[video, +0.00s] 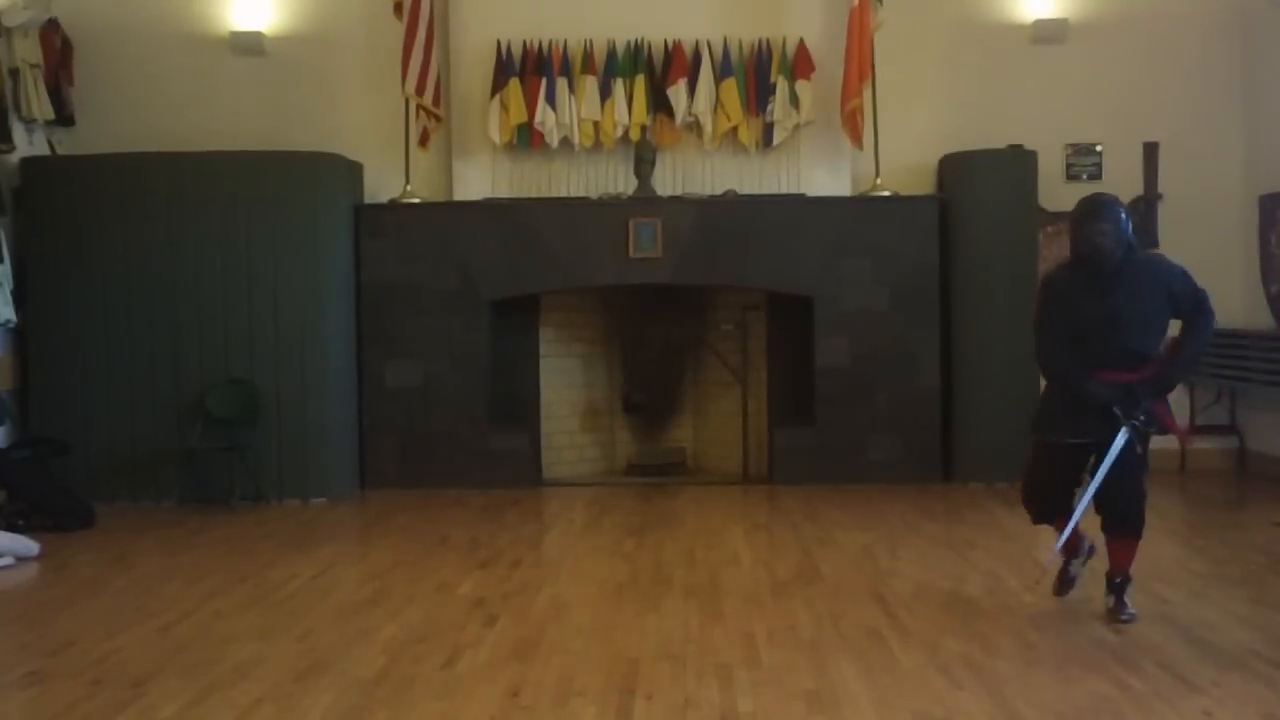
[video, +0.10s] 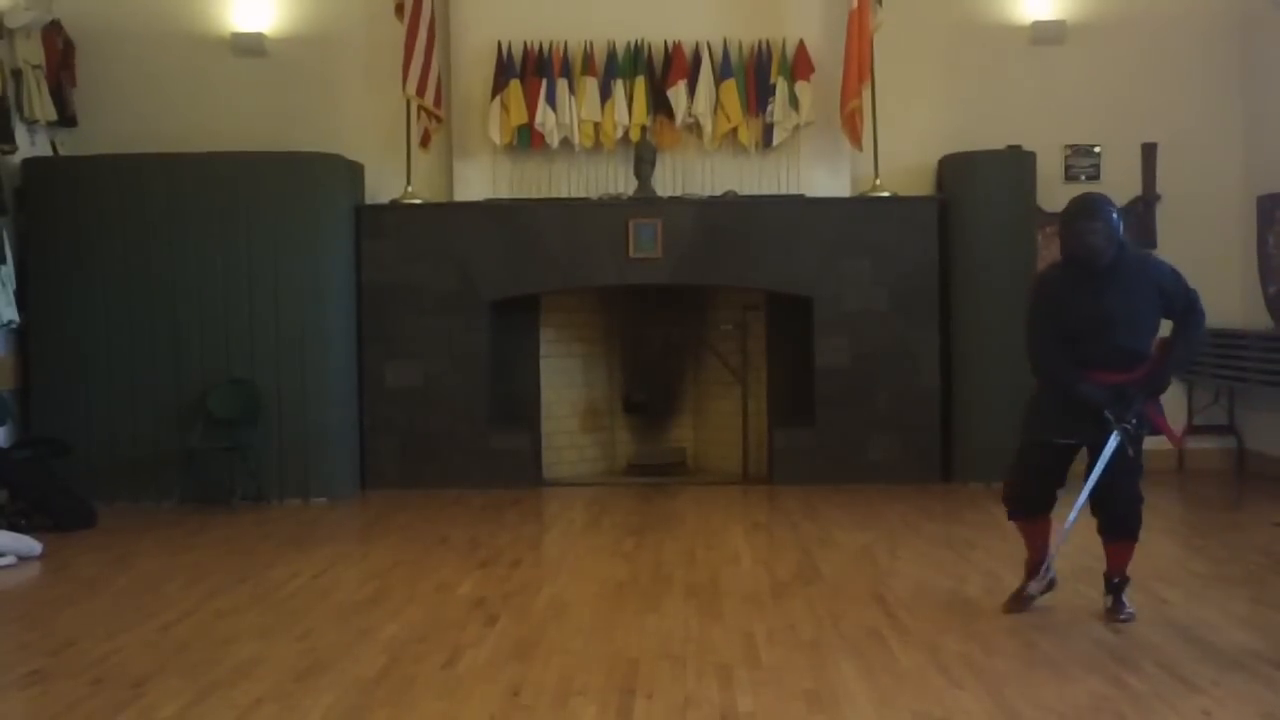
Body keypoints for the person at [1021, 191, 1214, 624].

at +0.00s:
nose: (1092, 244)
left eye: (1102, 235)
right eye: (1084, 235)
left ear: (1124, 235)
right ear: (1073, 236)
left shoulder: (1155, 275)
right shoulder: (1059, 284)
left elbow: (1201, 314)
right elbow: (1049, 357)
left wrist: (1172, 372)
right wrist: (1105, 398)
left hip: (1129, 404)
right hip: (1068, 401)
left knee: (1123, 500)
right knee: (1042, 493)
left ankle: (1119, 587)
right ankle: (1076, 549)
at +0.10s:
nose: (1082, 244)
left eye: (1091, 235)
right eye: (1074, 235)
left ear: (1114, 234)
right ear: (1064, 237)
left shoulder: (1147, 274)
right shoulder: (1050, 285)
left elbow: (1192, 315)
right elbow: (1043, 358)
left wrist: (1163, 371)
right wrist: (1098, 400)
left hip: (1124, 399)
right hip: (1062, 395)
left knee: (1118, 498)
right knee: (1026, 489)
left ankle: (1116, 588)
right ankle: (1039, 571)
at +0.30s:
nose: (1065, 248)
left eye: (1073, 238)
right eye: (1055, 240)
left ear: (1091, 237)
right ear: (1040, 243)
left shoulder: (1123, 282)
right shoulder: (1026, 294)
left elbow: (1167, 323)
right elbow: (1021, 369)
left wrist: (1136, 382)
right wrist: (1080, 412)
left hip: (1104, 411)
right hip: (1041, 409)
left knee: (1115, 510)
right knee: (1005, 495)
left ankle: (1115, 592)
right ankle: (963, 589)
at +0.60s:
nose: (997, 255)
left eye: (1004, 244)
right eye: (987, 247)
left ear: (1021, 243)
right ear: (971, 252)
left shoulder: (1051, 283)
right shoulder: (961, 300)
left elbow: (1094, 329)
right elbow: (959, 384)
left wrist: (1070, 392)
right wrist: (1017, 428)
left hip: (1044, 415)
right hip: (982, 415)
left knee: (1080, 508)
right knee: (945, 506)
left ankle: (1101, 584)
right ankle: (941, 612)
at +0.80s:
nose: (961, 243)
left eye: (968, 232)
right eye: (951, 235)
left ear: (986, 232)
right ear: (936, 240)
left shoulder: (1023, 273)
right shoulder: (922, 294)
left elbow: (1067, 319)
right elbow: (921, 374)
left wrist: (1033, 389)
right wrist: (978, 416)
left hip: (1017, 413)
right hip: (950, 416)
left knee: (1043, 506)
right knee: (933, 512)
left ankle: (1048, 584)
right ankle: (941, 609)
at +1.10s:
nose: (944, 234)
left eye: (952, 223)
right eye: (934, 225)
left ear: (973, 223)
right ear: (919, 229)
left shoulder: (1006, 265)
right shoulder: (907, 282)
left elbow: (1054, 312)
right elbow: (900, 363)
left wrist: (1019, 385)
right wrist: (953, 411)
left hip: (999, 413)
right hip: (932, 413)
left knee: (991, 515)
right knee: (932, 514)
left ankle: (978, 618)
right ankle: (939, 613)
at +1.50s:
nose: (935, 227)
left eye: (946, 217)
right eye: (927, 217)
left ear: (970, 219)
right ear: (915, 221)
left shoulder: (1010, 267)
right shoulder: (903, 280)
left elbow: (1060, 323)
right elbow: (893, 362)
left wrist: (1018, 390)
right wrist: (949, 417)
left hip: (994, 410)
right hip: (924, 408)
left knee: (989, 521)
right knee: (889, 512)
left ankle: (976, 622)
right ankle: (871, 626)